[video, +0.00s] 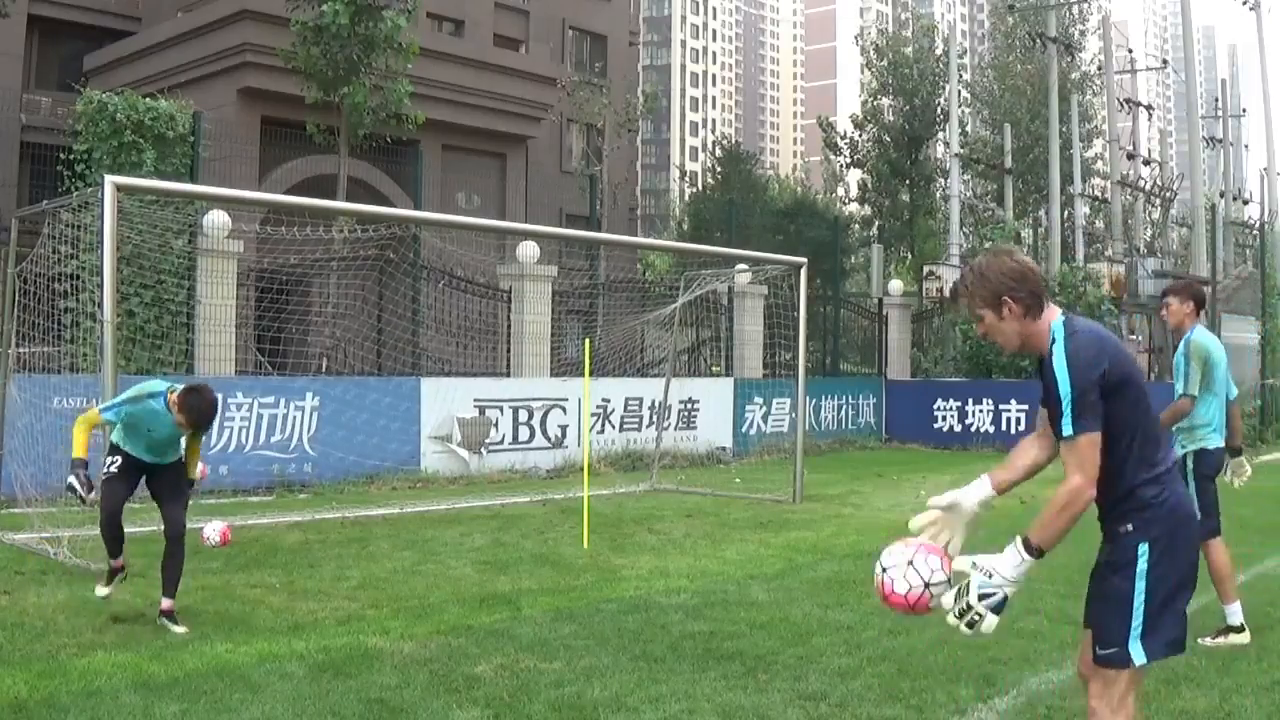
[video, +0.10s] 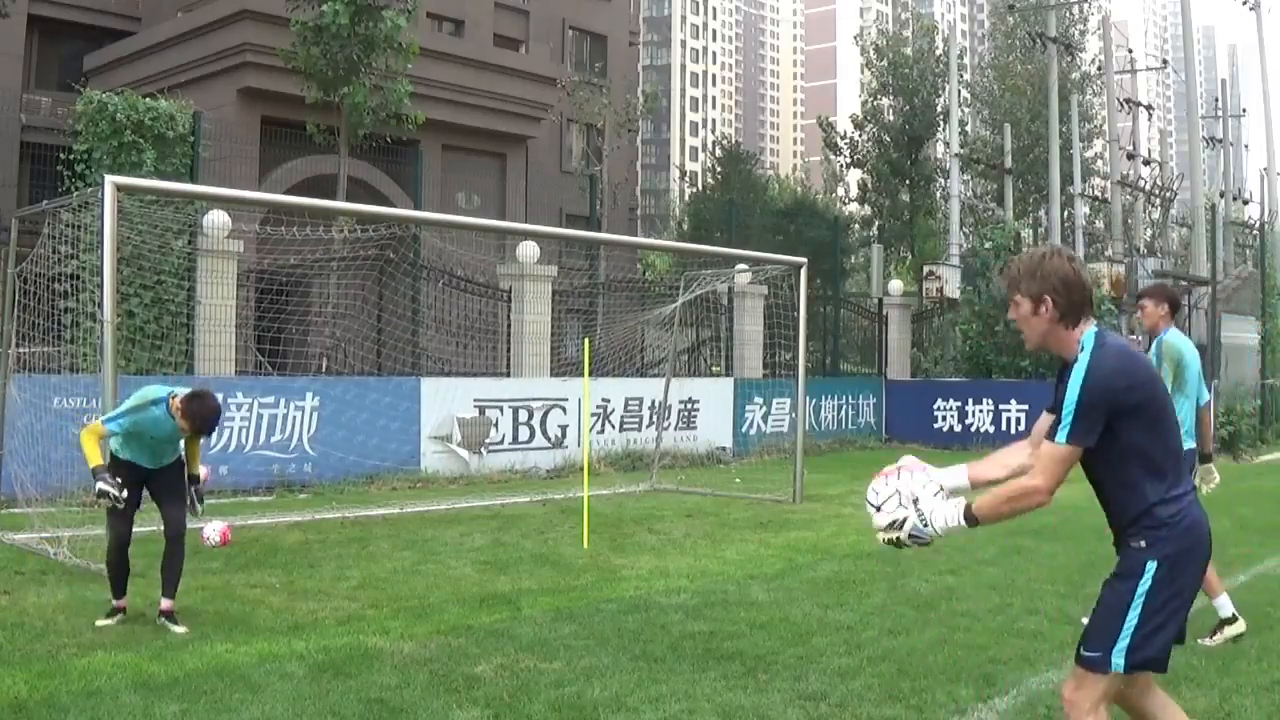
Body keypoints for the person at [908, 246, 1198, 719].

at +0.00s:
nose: (980, 332)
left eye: (980, 319)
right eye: (976, 321)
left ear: (1011, 307)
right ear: (1013, 306)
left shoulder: (1075, 354)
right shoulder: (1057, 348)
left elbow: (1082, 485)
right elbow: (1044, 440)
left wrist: (1012, 563)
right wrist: (974, 495)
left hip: (1150, 527)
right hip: (1131, 523)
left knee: (1109, 697)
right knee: (1093, 668)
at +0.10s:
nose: (1010, 315)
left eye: (1014, 302)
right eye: (1010, 303)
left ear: (1046, 307)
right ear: (1049, 307)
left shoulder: (1097, 369)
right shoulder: (1080, 363)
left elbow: (1039, 487)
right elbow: (1031, 450)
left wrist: (945, 517)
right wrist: (942, 478)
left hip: (1162, 540)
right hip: (1156, 534)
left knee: (1082, 696)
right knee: (1132, 687)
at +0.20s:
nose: (1039, 307)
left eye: (1048, 295)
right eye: (1040, 295)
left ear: (1082, 300)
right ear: (1079, 302)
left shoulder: (1120, 362)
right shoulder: (1106, 359)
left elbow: (1058, 476)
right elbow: (1052, 445)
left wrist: (960, 490)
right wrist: (964, 457)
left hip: (1164, 546)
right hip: (1175, 540)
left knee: (1077, 695)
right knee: (1161, 692)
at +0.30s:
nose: (1115, 287)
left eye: (1128, 273)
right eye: (1107, 278)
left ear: (1163, 280)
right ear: (1102, 286)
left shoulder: (1180, 352)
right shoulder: (1127, 352)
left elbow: (1142, 460)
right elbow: (1105, 445)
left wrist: (1040, 466)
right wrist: (1021, 459)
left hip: (1183, 542)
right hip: (1164, 539)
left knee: (1090, 695)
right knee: (1209, 691)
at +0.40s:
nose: (1166, 275)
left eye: (1176, 263)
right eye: (1154, 267)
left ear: (1200, 274)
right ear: (1141, 284)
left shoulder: (1219, 345)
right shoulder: (1147, 355)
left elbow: (1208, 451)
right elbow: (1139, 451)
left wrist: (1108, 459)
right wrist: (1074, 470)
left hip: (1209, 535)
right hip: (1173, 534)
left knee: (1133, 692)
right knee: (1225, 691)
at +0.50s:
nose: (1210, 270)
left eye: (1220, 259)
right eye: (1197, 262)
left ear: (1238, 271)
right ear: (1180, 278)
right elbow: (1171, 448)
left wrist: (1211, 460)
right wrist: (1126, 497)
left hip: (1256, 524)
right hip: (1203, 529)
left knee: (1191, 697)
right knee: (1247, 684)